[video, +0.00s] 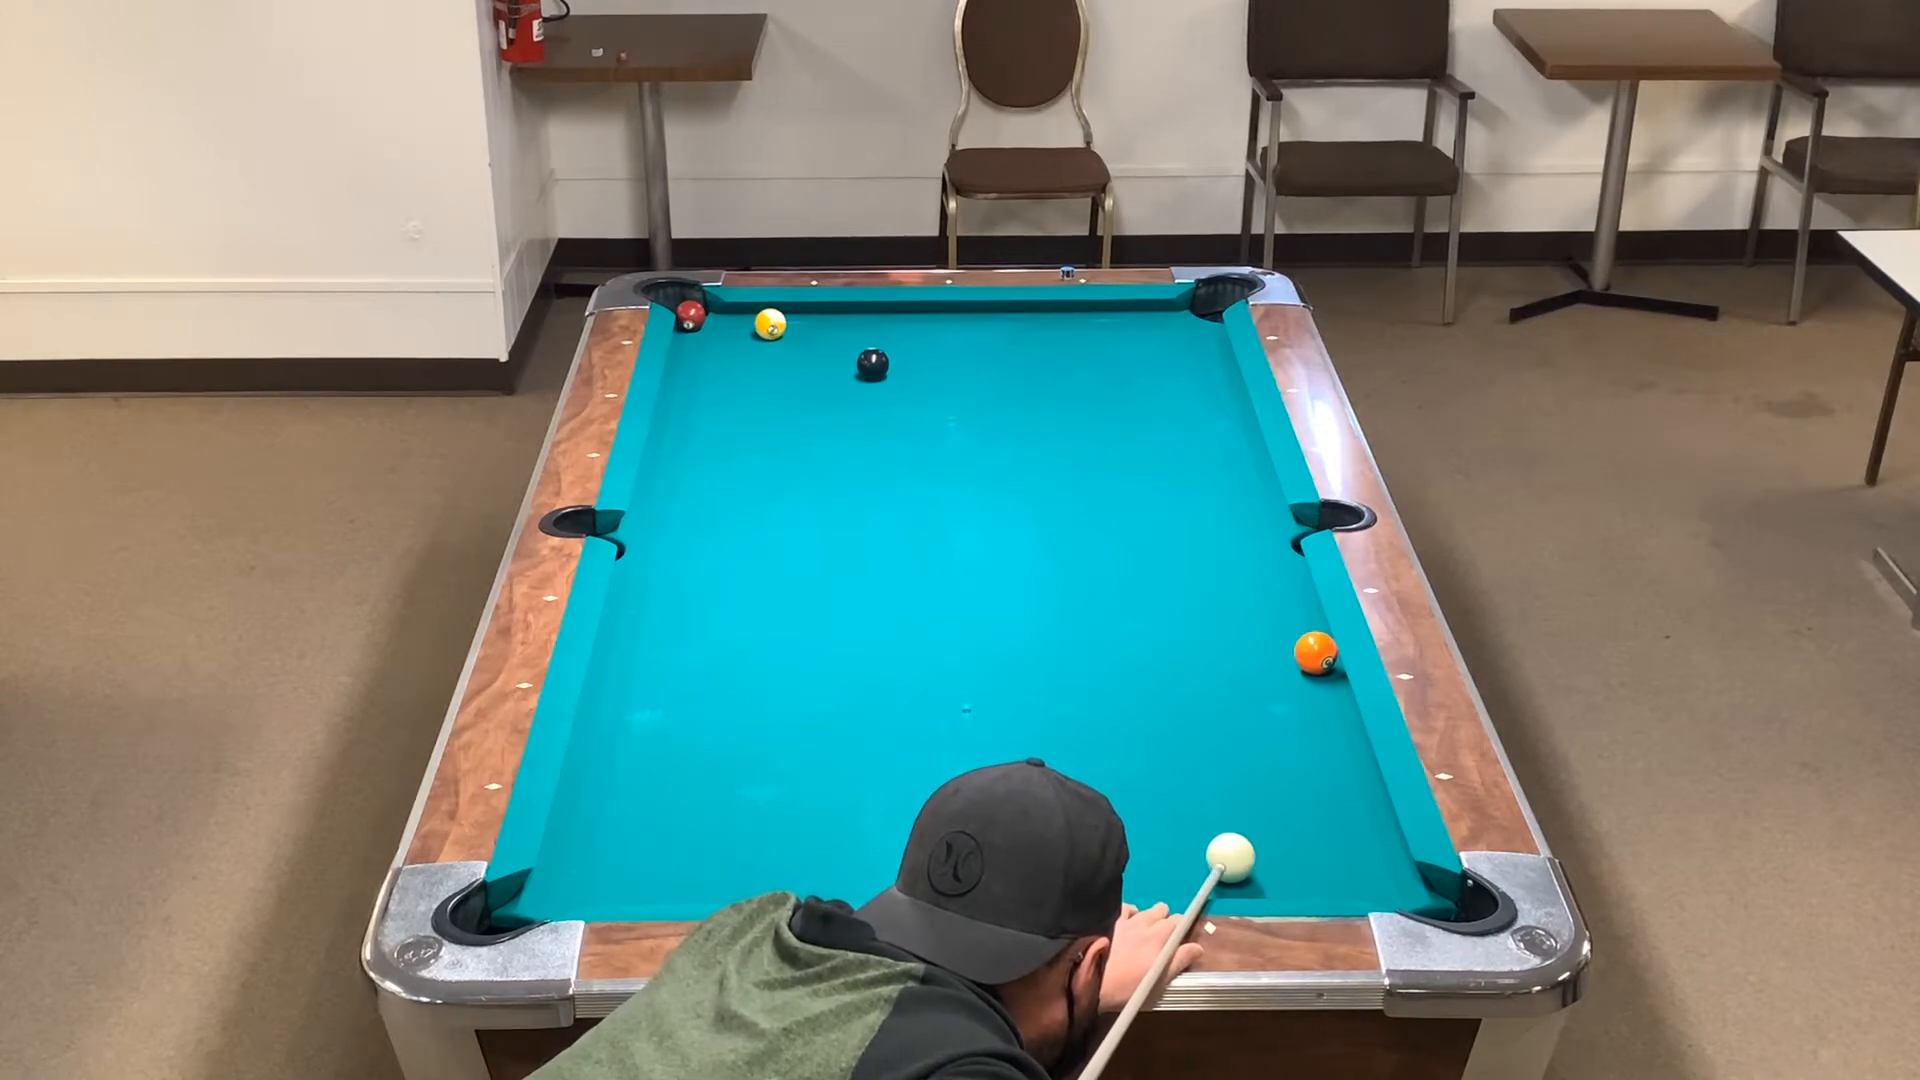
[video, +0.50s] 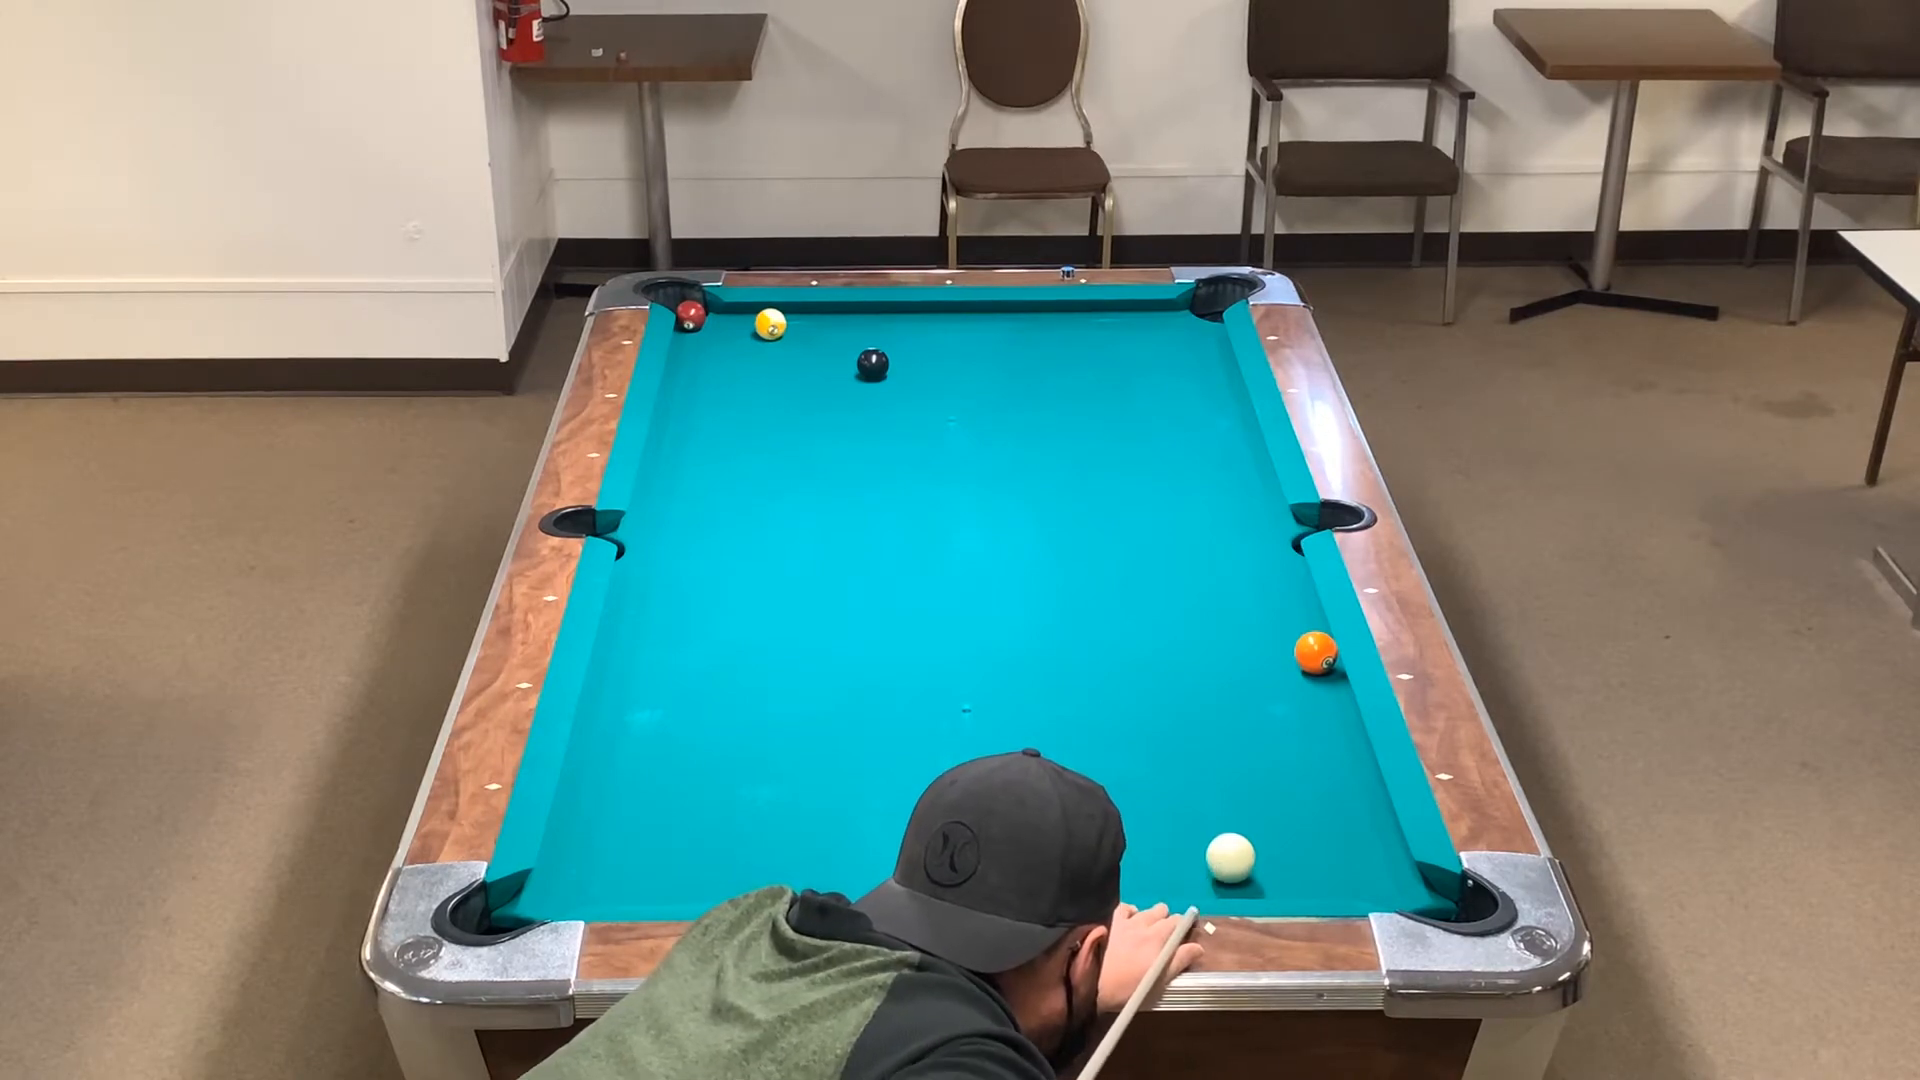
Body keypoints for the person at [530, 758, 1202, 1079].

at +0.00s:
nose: (1109, 951)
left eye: (1106, 938)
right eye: (1108, 941)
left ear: (910, 878)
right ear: (1083, 967)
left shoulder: (751, 922)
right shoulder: (970, 1062)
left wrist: (1074, 1003)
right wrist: (1110, 1017)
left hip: (566, 1065)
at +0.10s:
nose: (1110, 951)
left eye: (1106, 937)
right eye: (1108, 940)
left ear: (911, 878)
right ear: (1083, 967)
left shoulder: (751, 922)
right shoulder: (970, 1062)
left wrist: (1074, 1003)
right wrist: (1109, 1017)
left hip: (566, 1065)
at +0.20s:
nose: (1108, 952)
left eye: (1107, 939)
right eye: (1108, 941)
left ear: (909, 878)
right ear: (1081, 966)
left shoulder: (751, 922)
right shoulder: (969, 1064)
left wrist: (1076, 998)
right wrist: (1107, 1016)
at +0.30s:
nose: (1105, 946)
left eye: (1106, 934)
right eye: (1106, 934)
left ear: (909, 875)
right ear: (1081, 963)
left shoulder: (751, 919)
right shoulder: (966, 1061)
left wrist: (1075, 997)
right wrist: (1093, 1020)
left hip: (563, 1065)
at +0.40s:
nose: (1106, 946)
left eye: (1106, 936)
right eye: (1106, 934)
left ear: (908, 874)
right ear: (1081, 959)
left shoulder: (750, 917)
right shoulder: (969, 1059)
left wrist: (1074, 995)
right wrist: (1105, 1019)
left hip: (560, 1064)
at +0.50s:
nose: (1108, 940)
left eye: (1107, 929)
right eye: (1107, 928)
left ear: (908, 873)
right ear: (1082, 958)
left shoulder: (750, 916)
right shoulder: (969, 1057)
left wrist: (1076, 994)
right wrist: (1100, 1016)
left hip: (558, 1063)